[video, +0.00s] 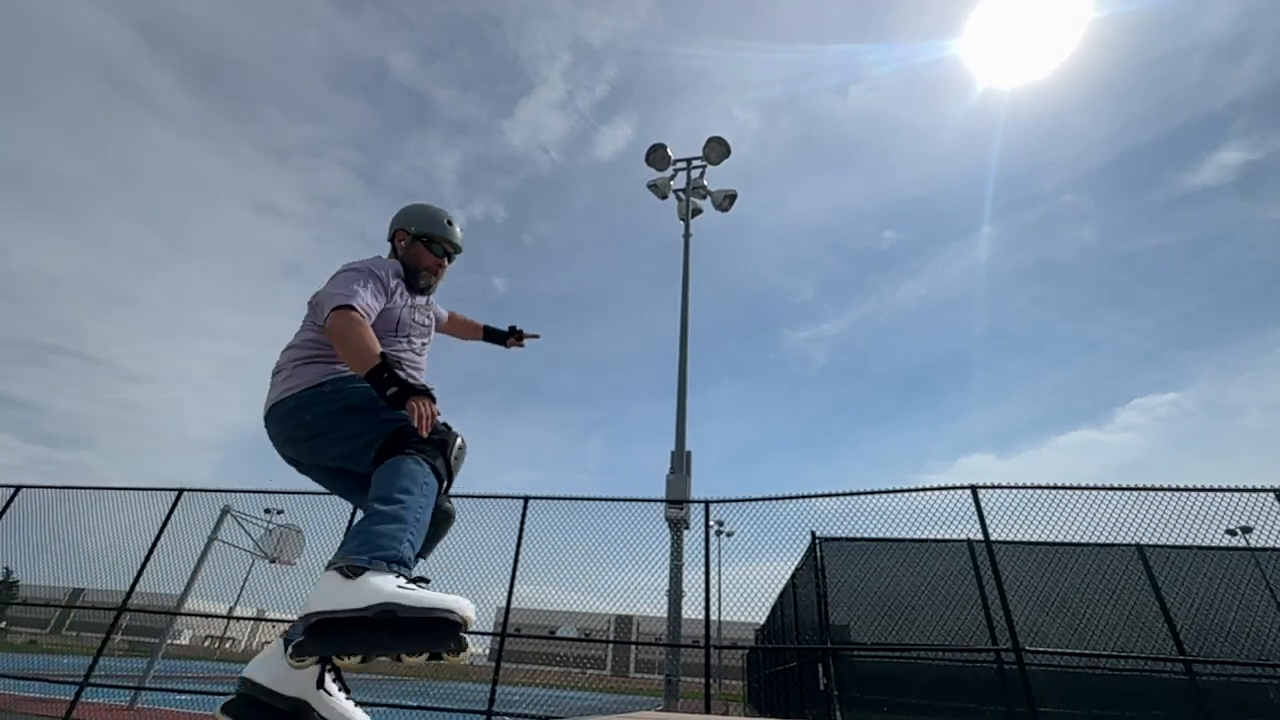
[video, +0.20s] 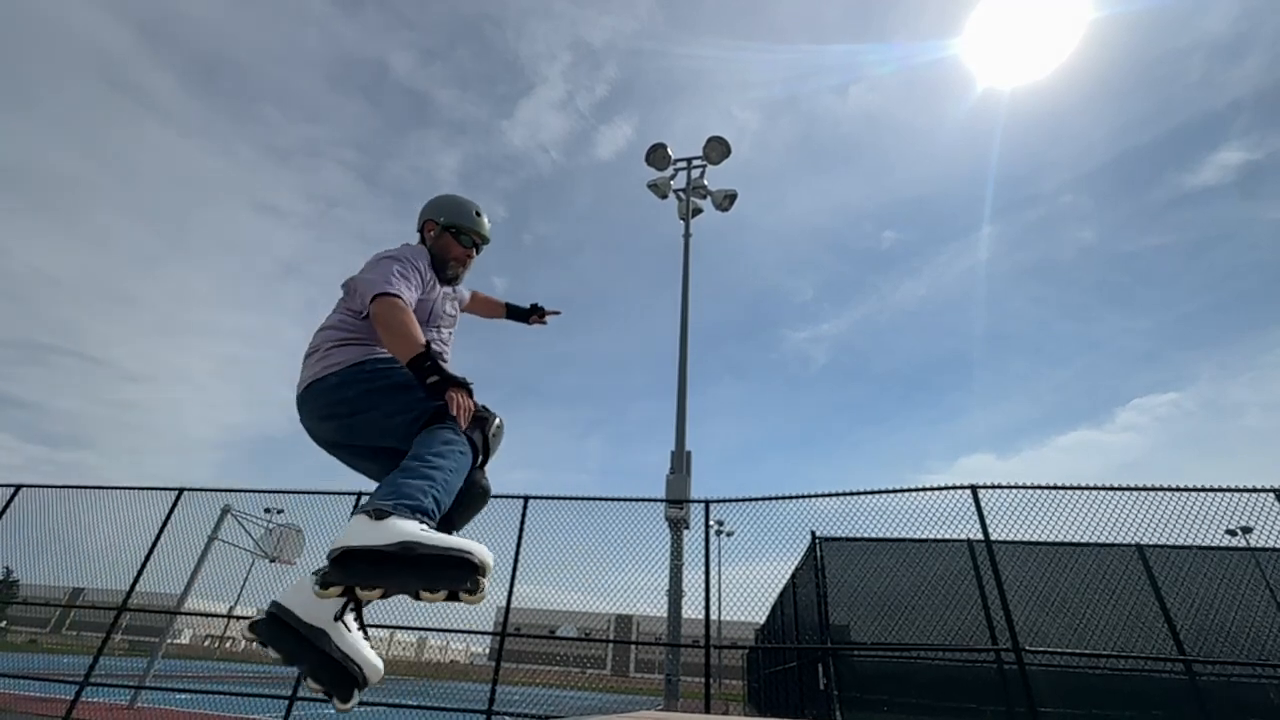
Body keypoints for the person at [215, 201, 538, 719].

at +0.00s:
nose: (442, 262)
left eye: (449, 256)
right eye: (434, 249)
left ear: (449, 260)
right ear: (402, 240)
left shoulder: (421, 305)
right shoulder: (368, 273)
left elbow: (449, 322)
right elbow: (344, 321)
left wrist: (496, 335)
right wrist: (397, 387)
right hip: (313, 392)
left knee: (429, 510)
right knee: (427, 440)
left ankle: (299, 658)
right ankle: (365, 567)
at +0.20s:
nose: (469, 252)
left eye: (476, 246)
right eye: (461, 239)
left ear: (475, 250)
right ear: (431, 231)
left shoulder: (446, 292)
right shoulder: (403, 261)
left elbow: (475, 302)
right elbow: (388, 311)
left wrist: (521, 313)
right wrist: (436, 376)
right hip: (346, 374)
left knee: (468, 486)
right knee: (465, 423)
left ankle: (330, 596)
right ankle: (393, 511)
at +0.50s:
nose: (512, 242)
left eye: (518, 237)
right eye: (505, 229)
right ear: (474, 219)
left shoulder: (479, 273)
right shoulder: (452, 247)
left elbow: (507, 273)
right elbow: (449, 300)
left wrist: (551, 282)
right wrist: (493, 368)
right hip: (391, 354)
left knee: (507, 456)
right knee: (517, 402)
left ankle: (382, 517)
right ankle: (430, 439)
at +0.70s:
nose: (539, 236)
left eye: (544, 231)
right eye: (536, 223)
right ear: (503, 211)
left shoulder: (497, 257)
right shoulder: (482, 237)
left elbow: (530, 256)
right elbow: (487, 292)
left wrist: (570, 261)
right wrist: (520, 362)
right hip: (419, 342)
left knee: (543, 445)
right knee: (556, 390)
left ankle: (419, 460)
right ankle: (452, 400)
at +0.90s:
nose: (569, 233)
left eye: (574, 227)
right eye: (563, 218)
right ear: (531, 206)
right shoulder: (511, 232)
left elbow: (550, 243)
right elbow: (522, 288)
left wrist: (584, 244)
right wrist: (547, 362)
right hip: (450, 329)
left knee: (567, 436)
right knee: (586, 381)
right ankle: (491, 371)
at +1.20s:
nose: (605, 228)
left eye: (611, 222)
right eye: (601, 213)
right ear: (570, 201)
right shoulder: (556, 228)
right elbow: (568, 287)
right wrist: (581, 363)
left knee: (597, 428)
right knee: (625, 376)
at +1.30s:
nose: (620, 226)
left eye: (625, 220)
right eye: (615, 211)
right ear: (584, 200)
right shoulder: (571, 227)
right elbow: (581, 286)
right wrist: (591, 360)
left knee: (607, 427)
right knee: (638, 372)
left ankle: (504, 377)